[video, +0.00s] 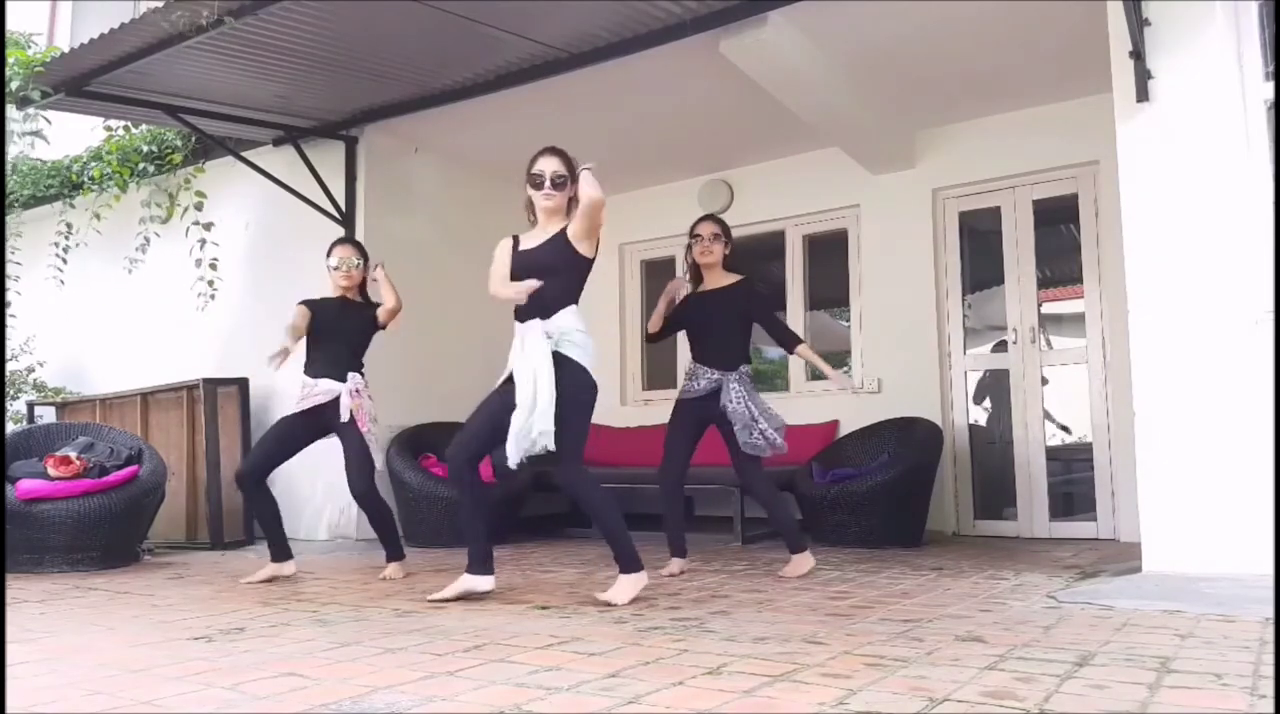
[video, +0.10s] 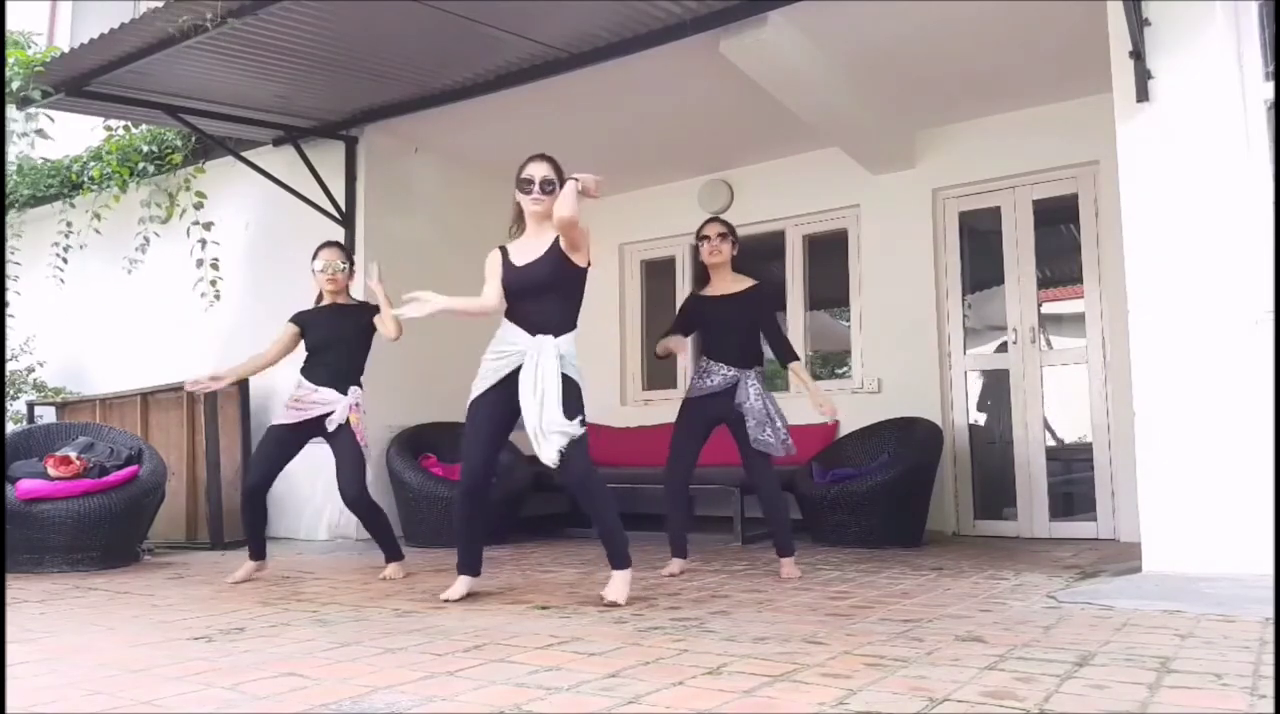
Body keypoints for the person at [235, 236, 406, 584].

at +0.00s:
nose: (344, 270)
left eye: (352, 264)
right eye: (337, 265)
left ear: (363, 272)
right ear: (328, 270)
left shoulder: (370, 313)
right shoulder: (311, 306)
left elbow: (393, 307)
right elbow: (297, 326)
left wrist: (381, 278)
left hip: (351, 407)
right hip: (312, 406)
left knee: (362, 489)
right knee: (249, 473)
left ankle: (396, 559)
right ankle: (281, 559)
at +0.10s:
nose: (331, 273)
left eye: (339, 266)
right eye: (323, 267)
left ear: (351, 273)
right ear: (314, 275)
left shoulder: (367, 311)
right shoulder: (306, 318)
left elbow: (393, 332)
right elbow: (270, 356)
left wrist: (381, 296)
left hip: (343, 410)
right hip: (302, 406)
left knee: (354, 494)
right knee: (254, 482)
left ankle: (394, 559)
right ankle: (256, 559)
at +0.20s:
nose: (317, 267)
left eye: (325, 261)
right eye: (310, 261)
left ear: (338, 268)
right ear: (301, 269)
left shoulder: (357, 311)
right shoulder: (291, 315)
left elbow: (381, 361)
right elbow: (246, 358)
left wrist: (380, 316)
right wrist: (198, 379)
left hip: (333, 405)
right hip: (289, 401)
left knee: (352, 486)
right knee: (255, 487)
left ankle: (391, 555)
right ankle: (249, 564)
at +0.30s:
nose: (312, 255)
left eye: (320, 249)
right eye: (305, 250)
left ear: (333, 256)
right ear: (295, 257)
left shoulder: (350, 304)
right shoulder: (281, 301)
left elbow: (364, 361)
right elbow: (244, 351)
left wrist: (376, 368)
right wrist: (217, 398)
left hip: (332, 397)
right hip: (286, 396)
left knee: (354, 473)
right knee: (258, 483)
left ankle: (369, 550)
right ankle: (248, 563)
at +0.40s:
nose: (311, 248)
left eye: (318, 242)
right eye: (303, 243)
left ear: (330, 249)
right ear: (292, 251)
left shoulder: (347, 297)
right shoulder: (278, 297)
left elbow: (362, 351)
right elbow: (256, 350)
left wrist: (376, 394)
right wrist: (241, 405)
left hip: (333, 391)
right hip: (287, 391)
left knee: (348, 476)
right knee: (261, 481)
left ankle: (362, 560)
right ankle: (250, 562)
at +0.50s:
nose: (307, 244)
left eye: (314, 239)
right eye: (299, 239)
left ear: (326, 247)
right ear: (289, 249)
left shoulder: (344, 292)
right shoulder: (274, 292)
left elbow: (358, 345)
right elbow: (247, 348)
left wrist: (365, 379)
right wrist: (239, 400)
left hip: (331, 388)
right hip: (285, 388)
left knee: (344, 475)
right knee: (263, 479)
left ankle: (362, 560)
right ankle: (243, 561)